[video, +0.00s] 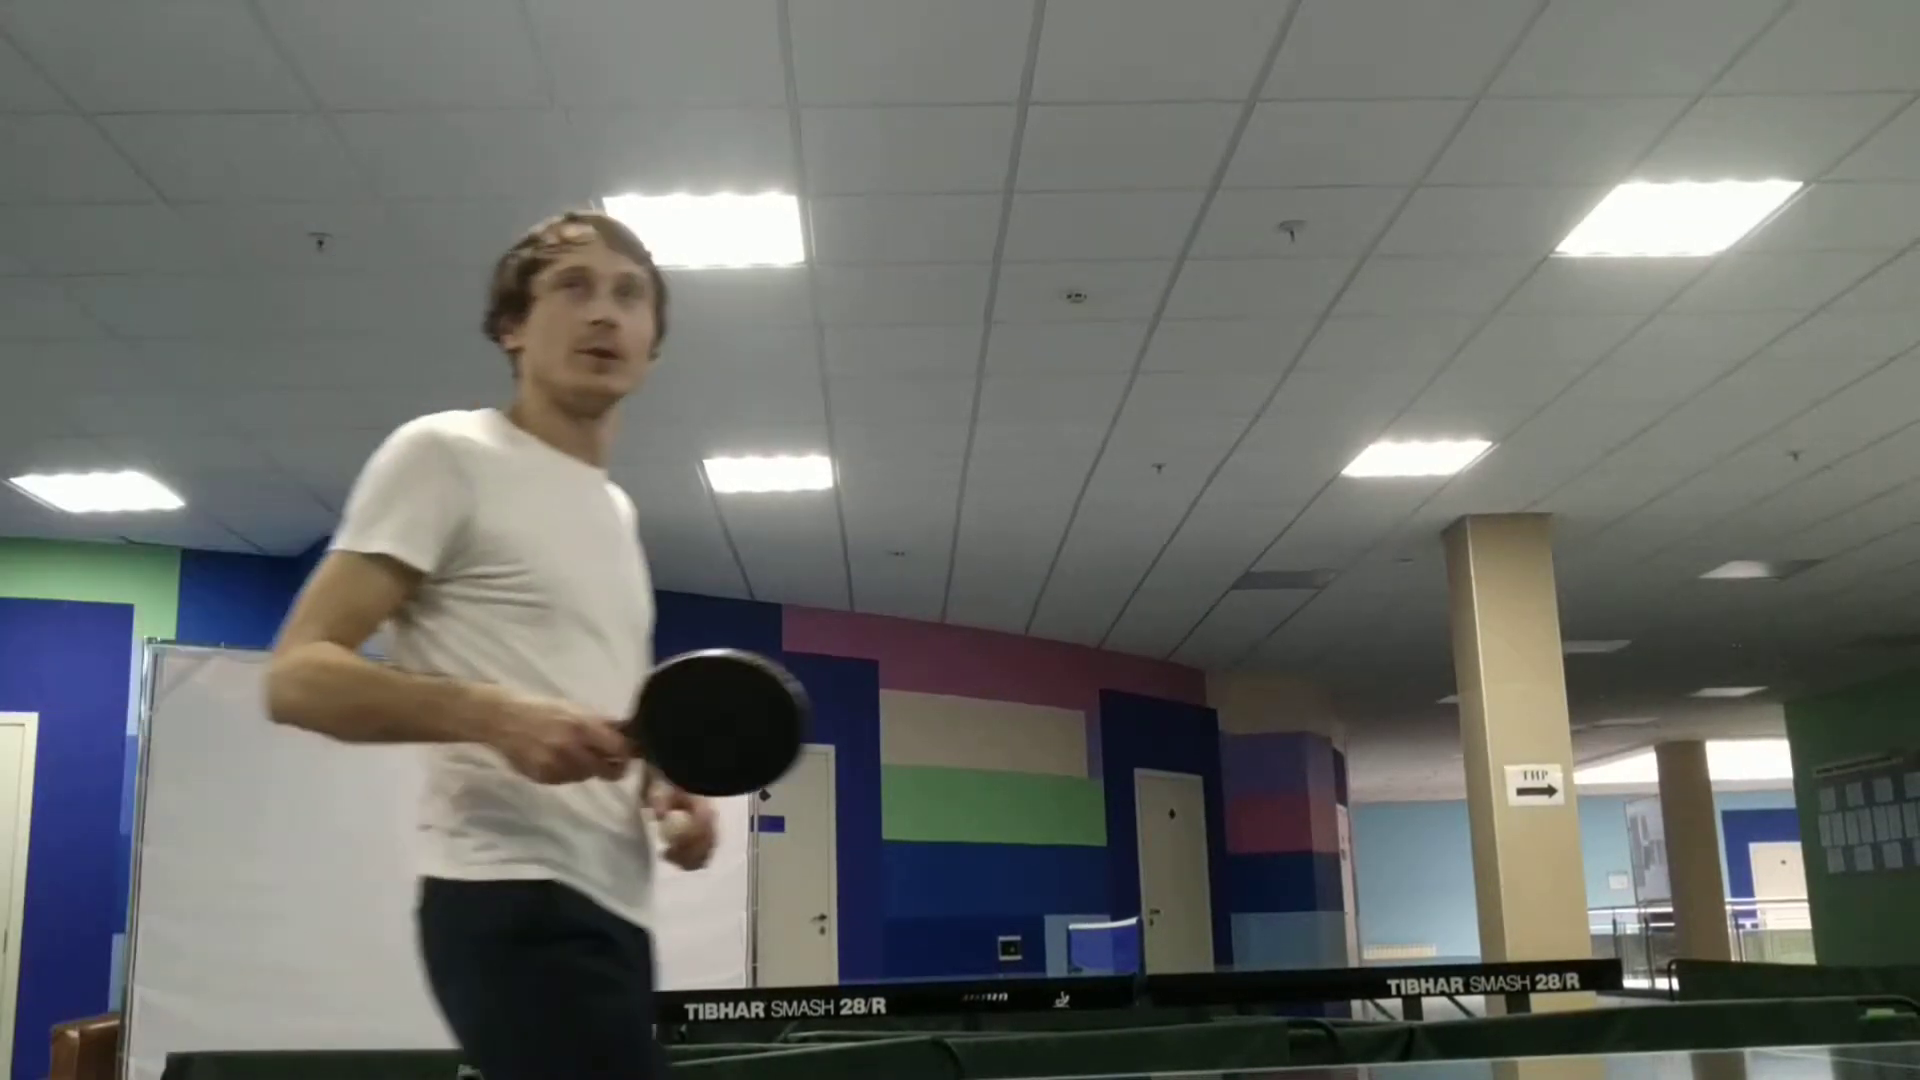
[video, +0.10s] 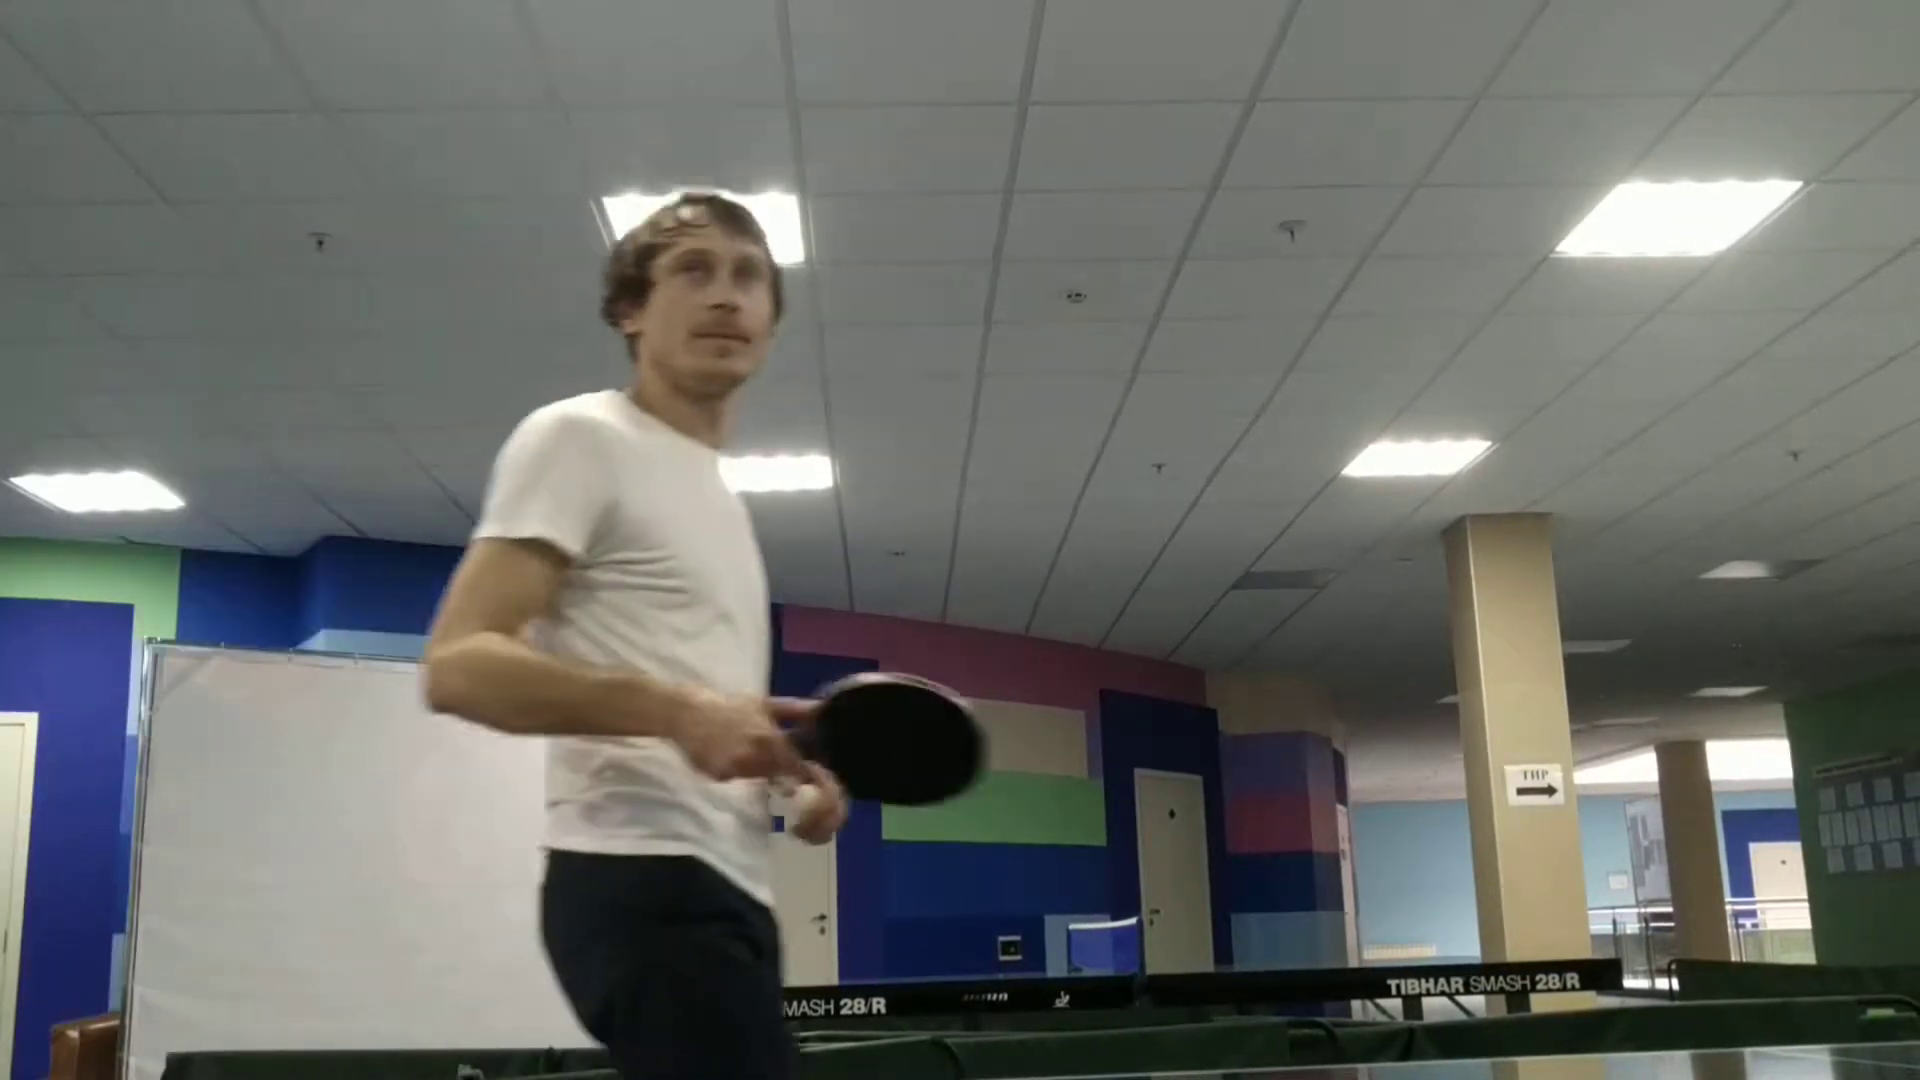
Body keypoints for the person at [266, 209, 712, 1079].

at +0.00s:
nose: (605, 310)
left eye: (630, 293)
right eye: (573, 287)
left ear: (655, 342)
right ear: (514, 327)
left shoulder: (616, 514)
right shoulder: (443, 452)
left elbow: (601, 711)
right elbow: (297, 675)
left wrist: (663, 790)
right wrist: (497, 716)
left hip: (607, 904)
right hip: (509, 898)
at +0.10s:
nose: (727, 293)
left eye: (749, 275)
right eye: (694, 270)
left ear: (774, 318)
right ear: (631, 312)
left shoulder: (716, 492)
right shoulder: (579, 435)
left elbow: (694, 701)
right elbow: (458, 664)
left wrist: (782, 774)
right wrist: (678, 715)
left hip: (720, 883)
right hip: (640, 883)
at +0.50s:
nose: (1188, 287)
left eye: (1207, 269)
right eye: (1154, 265)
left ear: (1229, 309)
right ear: (1088, 309)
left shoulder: (1159, 471)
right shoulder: (1048, 412)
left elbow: (1107, 695)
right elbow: (972, 613)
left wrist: (1214, 748)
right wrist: (1201, 543)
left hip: (1190, 874)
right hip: (1102, 873)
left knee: (1269, 1065)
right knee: (1175, 1070)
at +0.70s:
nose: (1369, 252)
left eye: (1387, 233)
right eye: (1332, 232)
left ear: (1408, 276)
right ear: (1268, 281)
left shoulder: (1358, 460)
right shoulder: (1222, 398)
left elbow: (1342, 651)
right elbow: (1127, 620)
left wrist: (1434, 730)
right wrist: (1347, 682)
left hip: (1387, 852)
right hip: (1285, 847)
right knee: (1447, 1069)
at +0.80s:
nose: (1454, 247)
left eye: (1472, 228)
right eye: (1414, 228)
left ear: (1493, 272)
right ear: (1351, 282)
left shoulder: (1450, 458)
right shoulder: (1304, 406)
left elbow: (1430, 664)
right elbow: (1194, 635)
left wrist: (1535, 729)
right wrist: (1405, 703)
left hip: (1484, 860)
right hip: (1387, 861)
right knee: (1498, 1075)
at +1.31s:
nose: (1737, 237)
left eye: (1758, 213)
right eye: (1696, 222)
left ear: (1795, 253)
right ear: (1641, 282)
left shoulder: (1842, 421)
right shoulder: (1582, 425)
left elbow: (1878, 635)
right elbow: (1574, 664)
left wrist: (1895, 711)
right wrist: (1721, 558)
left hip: (1832, 844)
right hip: (1656, 850)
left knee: (1893, 1062)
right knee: (1719, 1065)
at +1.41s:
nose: (1769, 246)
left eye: (1792, 219)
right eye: (1730, 228)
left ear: (1832, 252)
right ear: (1680, 280)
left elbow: (1914, 633)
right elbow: (1569, 663)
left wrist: (1913, 738)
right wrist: (1712, 590)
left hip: (1864, 851)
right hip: (1672, 854)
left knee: (1892, 1065)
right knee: (1701, 1073)